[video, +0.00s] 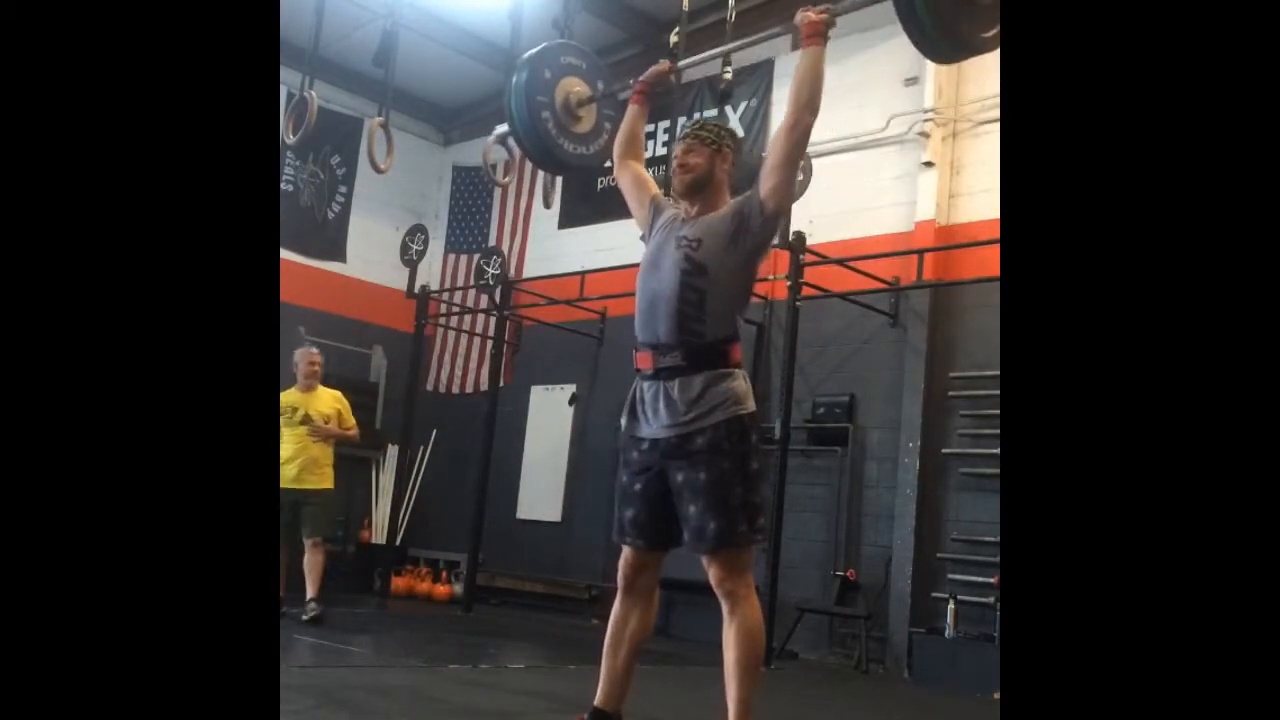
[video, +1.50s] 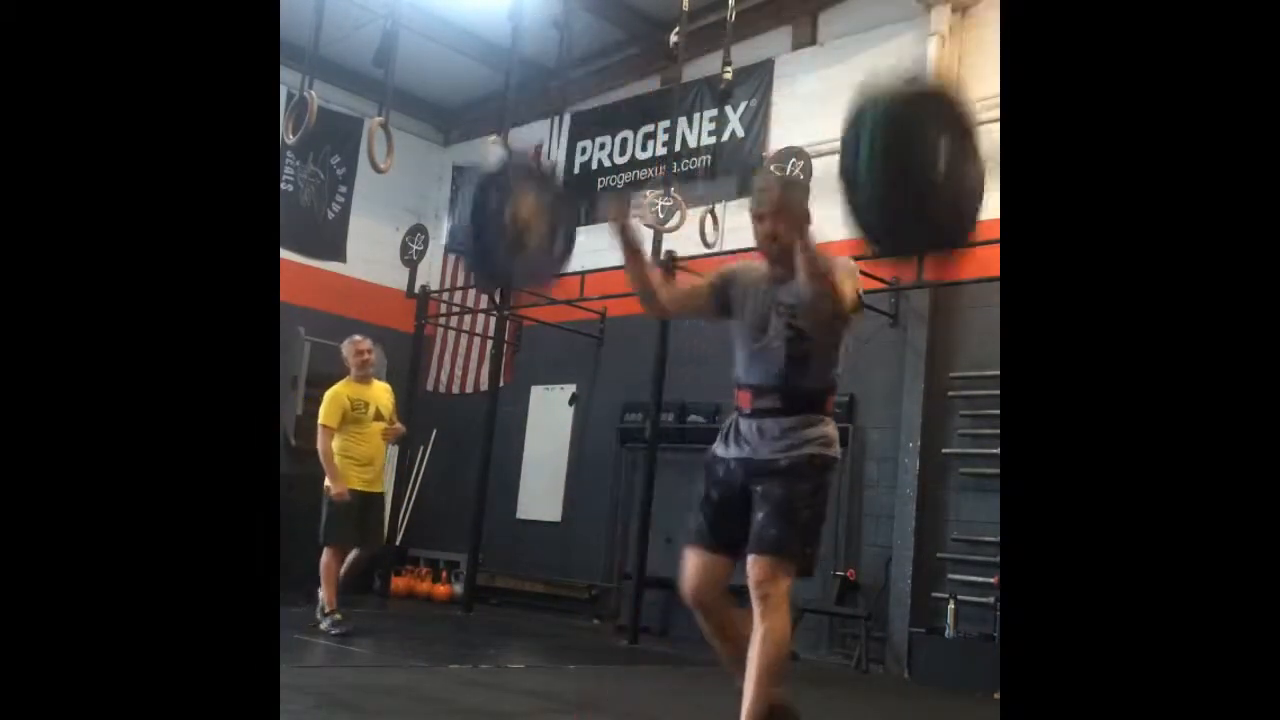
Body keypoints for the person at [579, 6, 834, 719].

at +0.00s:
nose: (687, 151)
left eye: (702, 144)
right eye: (682, 145)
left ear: (729, 162)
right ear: (675, 162)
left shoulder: (748, 217)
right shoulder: (659, 217)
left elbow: (798, 125)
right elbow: (624, 162)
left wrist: (812, 42)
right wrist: (639, 93)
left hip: (712, 405)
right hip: (648, 405)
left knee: (730, 581)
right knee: (633, 572)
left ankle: (738, 716)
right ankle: (604, 710)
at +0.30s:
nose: (671, 154)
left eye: (686, 146)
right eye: (666, 149)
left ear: (716, 159)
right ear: (664, 166)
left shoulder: (740, 213)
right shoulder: (659, 217)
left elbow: (777, 114)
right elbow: (644, 147)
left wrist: (810, 33)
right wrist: (646, 84)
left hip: (709, 405)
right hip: (646, 405)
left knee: (730, 580)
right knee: (632, 571)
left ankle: (740, 714)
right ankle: (604, 709)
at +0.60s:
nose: (673, 161)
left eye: (687, 152)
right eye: (668, 154)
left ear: (717, 163)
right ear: (665, 170)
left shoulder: (743, 217)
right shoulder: (661, 221)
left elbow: (782, 118)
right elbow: (648, 146)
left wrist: (814, 32)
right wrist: (649, 81)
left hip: (713, 406)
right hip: (649, 406)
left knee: (727, 581)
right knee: (630, 571)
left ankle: (739, 712)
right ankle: (604, 708)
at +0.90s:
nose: (691, 157)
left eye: (705, 150)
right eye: (683, 151)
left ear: (731, 169)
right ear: (674, 169)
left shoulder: (750, 218)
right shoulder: (664, 220)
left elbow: (786, 121)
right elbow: (649, 143)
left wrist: (814, 33)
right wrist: (649, 79)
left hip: (715, 405)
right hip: (650, 404)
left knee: (727, 578)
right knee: (631, 569)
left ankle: (739, 713)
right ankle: (604, 708)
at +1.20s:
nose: (699, 170)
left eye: (713, 161)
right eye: (693, 162)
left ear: (740, 173)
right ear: (684, 175)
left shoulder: (763, 222)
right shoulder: (678, 222)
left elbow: (791, 128)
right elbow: (650, 145)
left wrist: (810, 35)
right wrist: (643, 76)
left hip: (744, 414)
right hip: (677, 411)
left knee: (739, 577)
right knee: (644, 569)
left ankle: (742, 713)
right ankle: (604, 707)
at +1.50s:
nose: (768, 230)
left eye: (779, 217)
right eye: (759, 217)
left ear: (804, 216)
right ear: (750, 220)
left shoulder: (834, 273)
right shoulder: (740, 280)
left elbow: (828, 306)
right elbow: (660, 299)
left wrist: (803, 239)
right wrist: (624, 231)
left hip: (799, 443)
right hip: (738, 439)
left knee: (766, 580)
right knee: (700, 586)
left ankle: (751, 714)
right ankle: (772, 699)